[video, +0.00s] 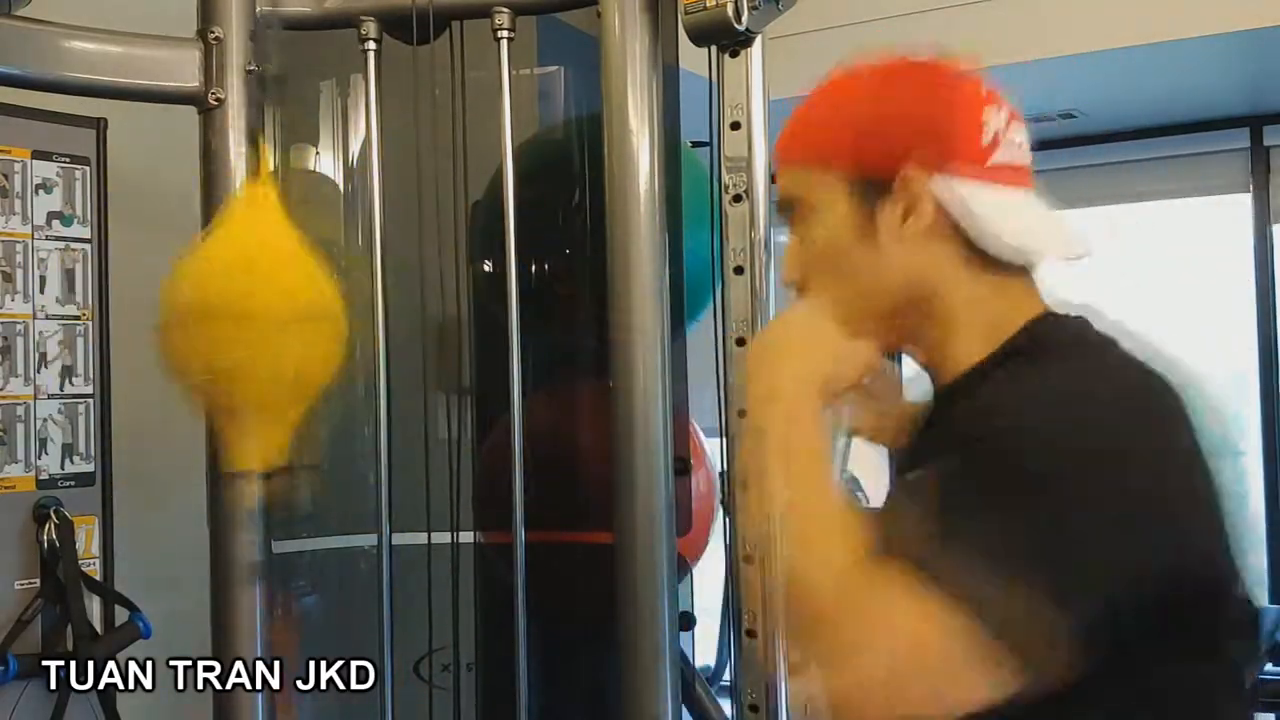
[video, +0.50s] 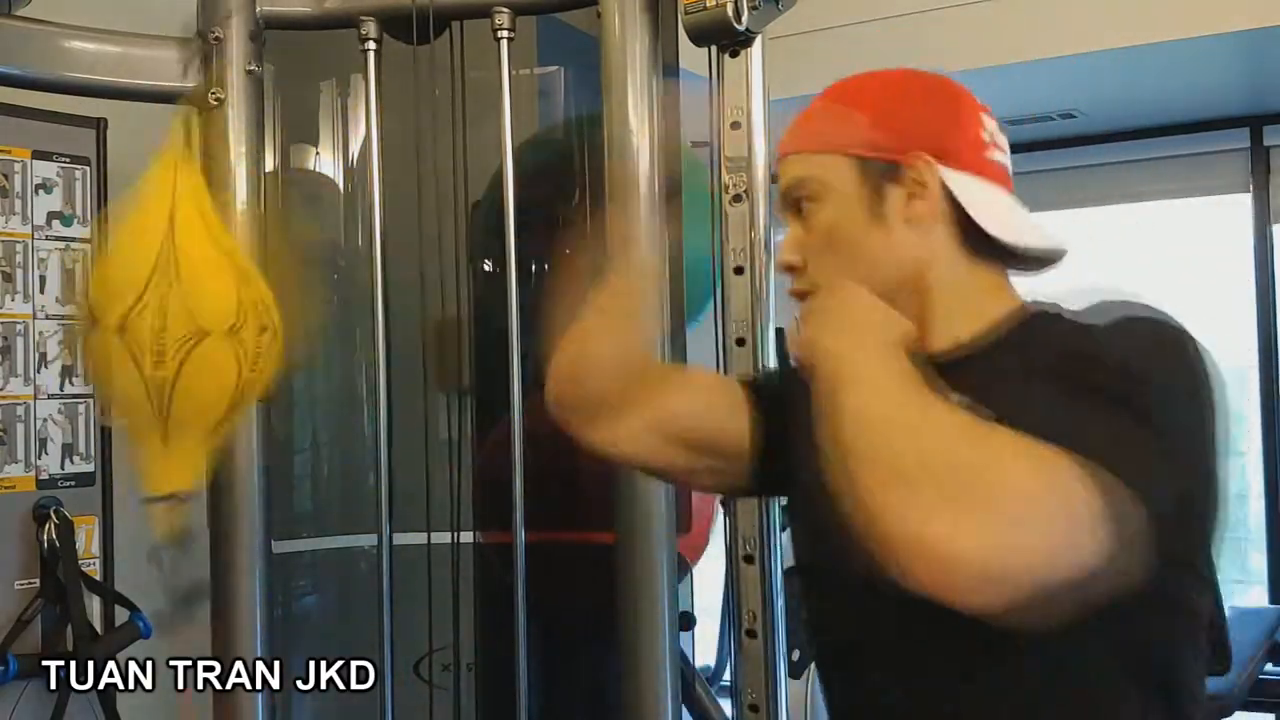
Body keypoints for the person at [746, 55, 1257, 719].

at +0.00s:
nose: (788, 270)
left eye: (798, 219)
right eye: (788, 225)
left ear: (908, 207)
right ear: (910, 208)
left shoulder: (1079, 414)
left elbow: (877, 683)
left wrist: (780, 399)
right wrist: (912, 429)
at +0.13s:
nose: (812, 251)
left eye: (834, 198)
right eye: (810, 209)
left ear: (966, 184)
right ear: (965, 186)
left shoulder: (1218, 390)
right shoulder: (856, 398)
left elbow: (1093, 652)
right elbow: (642, 441)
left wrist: (914, 372)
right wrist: (465, 334)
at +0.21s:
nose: (818, 266)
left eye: (848, 212)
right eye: (816, 223)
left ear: (983, 203)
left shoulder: (1227, 406)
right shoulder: (838, 420)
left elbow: (1180, 664)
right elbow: (611, 488)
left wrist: (965, 385)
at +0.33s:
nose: (805, 290)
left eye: (834, 235)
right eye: (805, 249)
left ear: (961, 226)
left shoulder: (1194, 422)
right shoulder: (832, 454)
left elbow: (1174, 669)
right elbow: (610, 484)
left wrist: (960, 413)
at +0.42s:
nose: (788, 261)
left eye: (811, 218)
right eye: (788, 230)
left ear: (941, 204)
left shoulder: (1168, 392)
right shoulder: (825, 430)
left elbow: (1105, 615)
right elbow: (625, 415)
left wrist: (904, 375)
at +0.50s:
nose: (783, 253)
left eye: (804, 206)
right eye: (785, 216)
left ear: (916, 198)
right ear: (914, 201)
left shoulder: (1138, 363)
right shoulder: (837, 408)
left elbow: (984, 552)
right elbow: (600, 397)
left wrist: (855, 348)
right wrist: (632, 224)